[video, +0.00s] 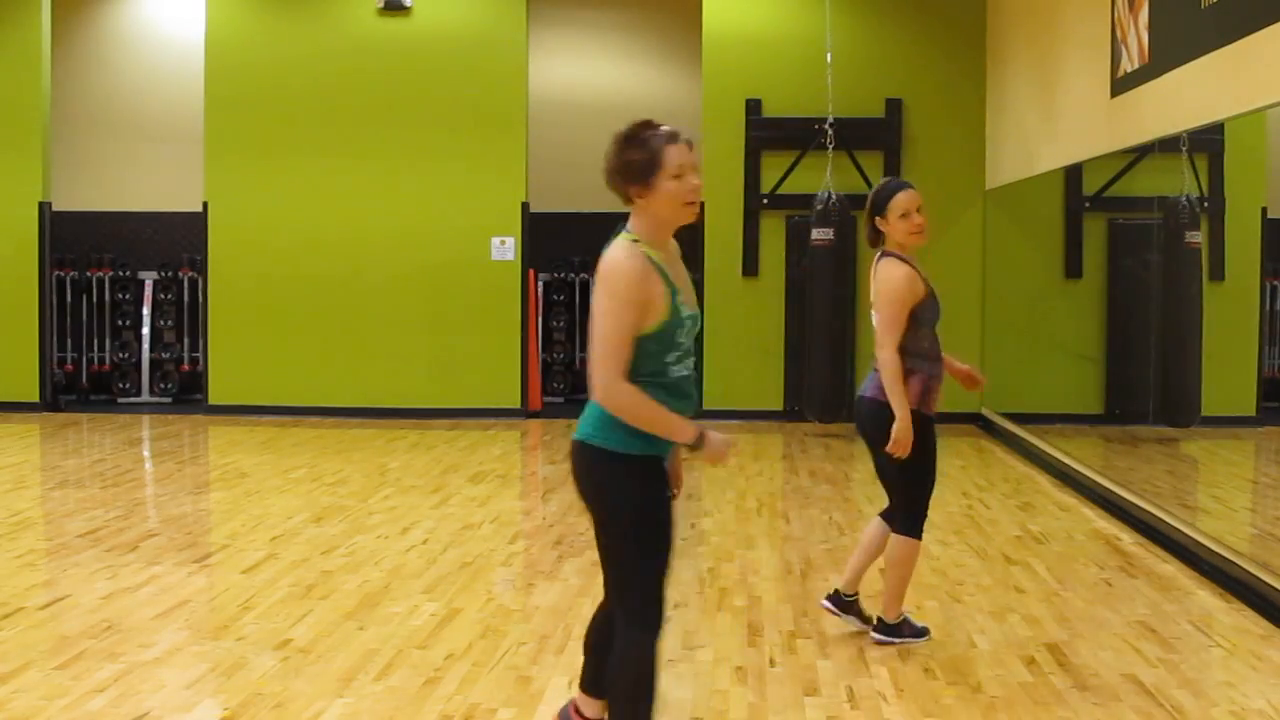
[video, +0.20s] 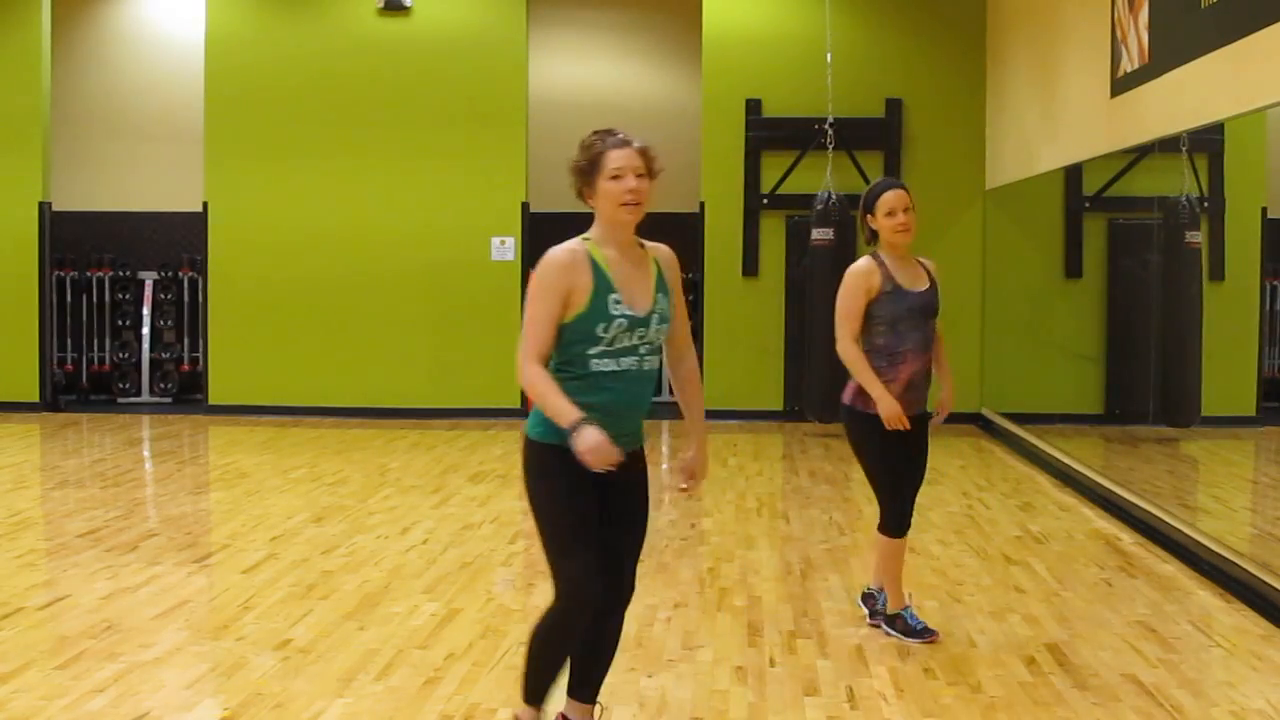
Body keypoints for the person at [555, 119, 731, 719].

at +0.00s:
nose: (697, 185)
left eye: (697, 172)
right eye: (682, 175)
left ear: (691, 176)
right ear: (641, 187)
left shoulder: (667, 250)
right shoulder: (624, 263)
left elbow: (663, 364)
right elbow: (606, 385)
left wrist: (671, 449)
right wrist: (692, 433)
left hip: (646, 453)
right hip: (616, 456)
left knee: (630, 594)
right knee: (640, 613)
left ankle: (589, 703)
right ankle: (628, 712)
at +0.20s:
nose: (633, 186)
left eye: (641, 175)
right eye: (617, 176)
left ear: (652, 186)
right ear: (589, 189)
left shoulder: (661, 261)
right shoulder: (564, 263)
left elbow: (681, 352)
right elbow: (529, 364)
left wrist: (697, 435)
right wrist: (576, 425)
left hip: (627, 451)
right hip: (559, 450)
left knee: (616, 589)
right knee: (580, 590)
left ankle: (579, 711)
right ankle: (529, 708)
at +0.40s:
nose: (586, 199)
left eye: (594, 189)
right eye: (572, 189)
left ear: (606, 199)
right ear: (547, 201)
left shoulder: (621, 274)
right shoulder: (519, 270)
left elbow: (660, 365)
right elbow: (476, 362)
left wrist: (704, 442)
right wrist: (481, 439)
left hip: (587, 453)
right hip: (517, 454)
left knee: (590, 590)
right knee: (520, 579)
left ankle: (582, 711)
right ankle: (492, 675)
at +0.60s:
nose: (557, 211)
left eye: (563, 201)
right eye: (545, 200)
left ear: (568, 208)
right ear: (513, 207)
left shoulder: (582, 275)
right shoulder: (479, 278)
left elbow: (606, 365)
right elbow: (444, 371)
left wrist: (630, 445)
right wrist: (420, 455)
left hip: (557, 447)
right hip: (487, 447)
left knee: (570, 572)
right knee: (497, 574)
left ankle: (566, 692)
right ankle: (491, 685)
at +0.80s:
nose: (558, 214)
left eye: (557, 204)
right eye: (548, 206)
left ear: (535, 211)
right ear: (511, 214)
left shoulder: (567, 271)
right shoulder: (465, 274)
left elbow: (587, 357)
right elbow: (434, 357)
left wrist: (537, 421)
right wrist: (407, 437)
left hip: (544, 437)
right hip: (477, 438)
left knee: (539, 566)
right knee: (488, 564)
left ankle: (530, 635)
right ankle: (490, 683)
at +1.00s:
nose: (563, 221)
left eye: (561, 212)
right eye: (553, 213)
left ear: (532, 219)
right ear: (516, 219)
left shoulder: (567, 275)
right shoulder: (468, 275)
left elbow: (581, 359)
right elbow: (439, 354)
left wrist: (535, 408)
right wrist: (415, 424)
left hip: (542, 434)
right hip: (477, 433)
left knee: (535, 554)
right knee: (486, 556)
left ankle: (529, 648)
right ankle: (487, 679)